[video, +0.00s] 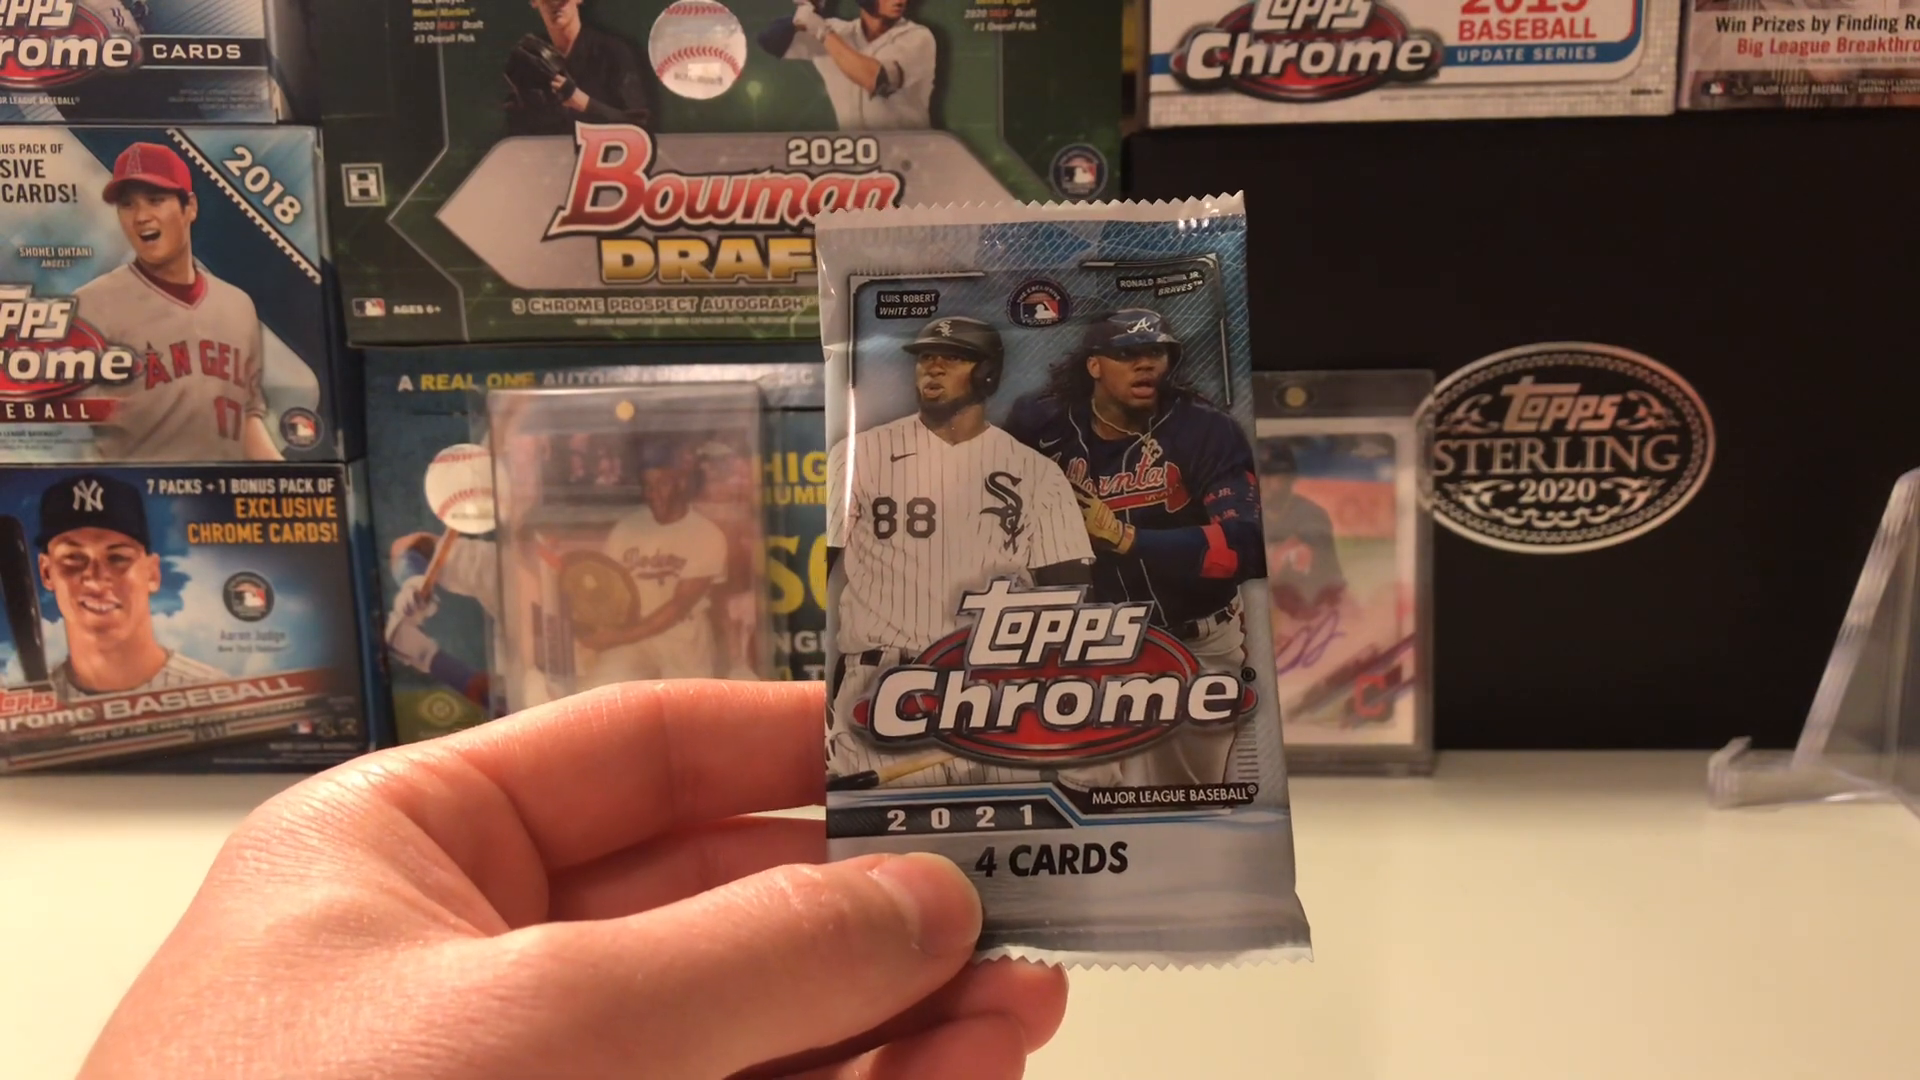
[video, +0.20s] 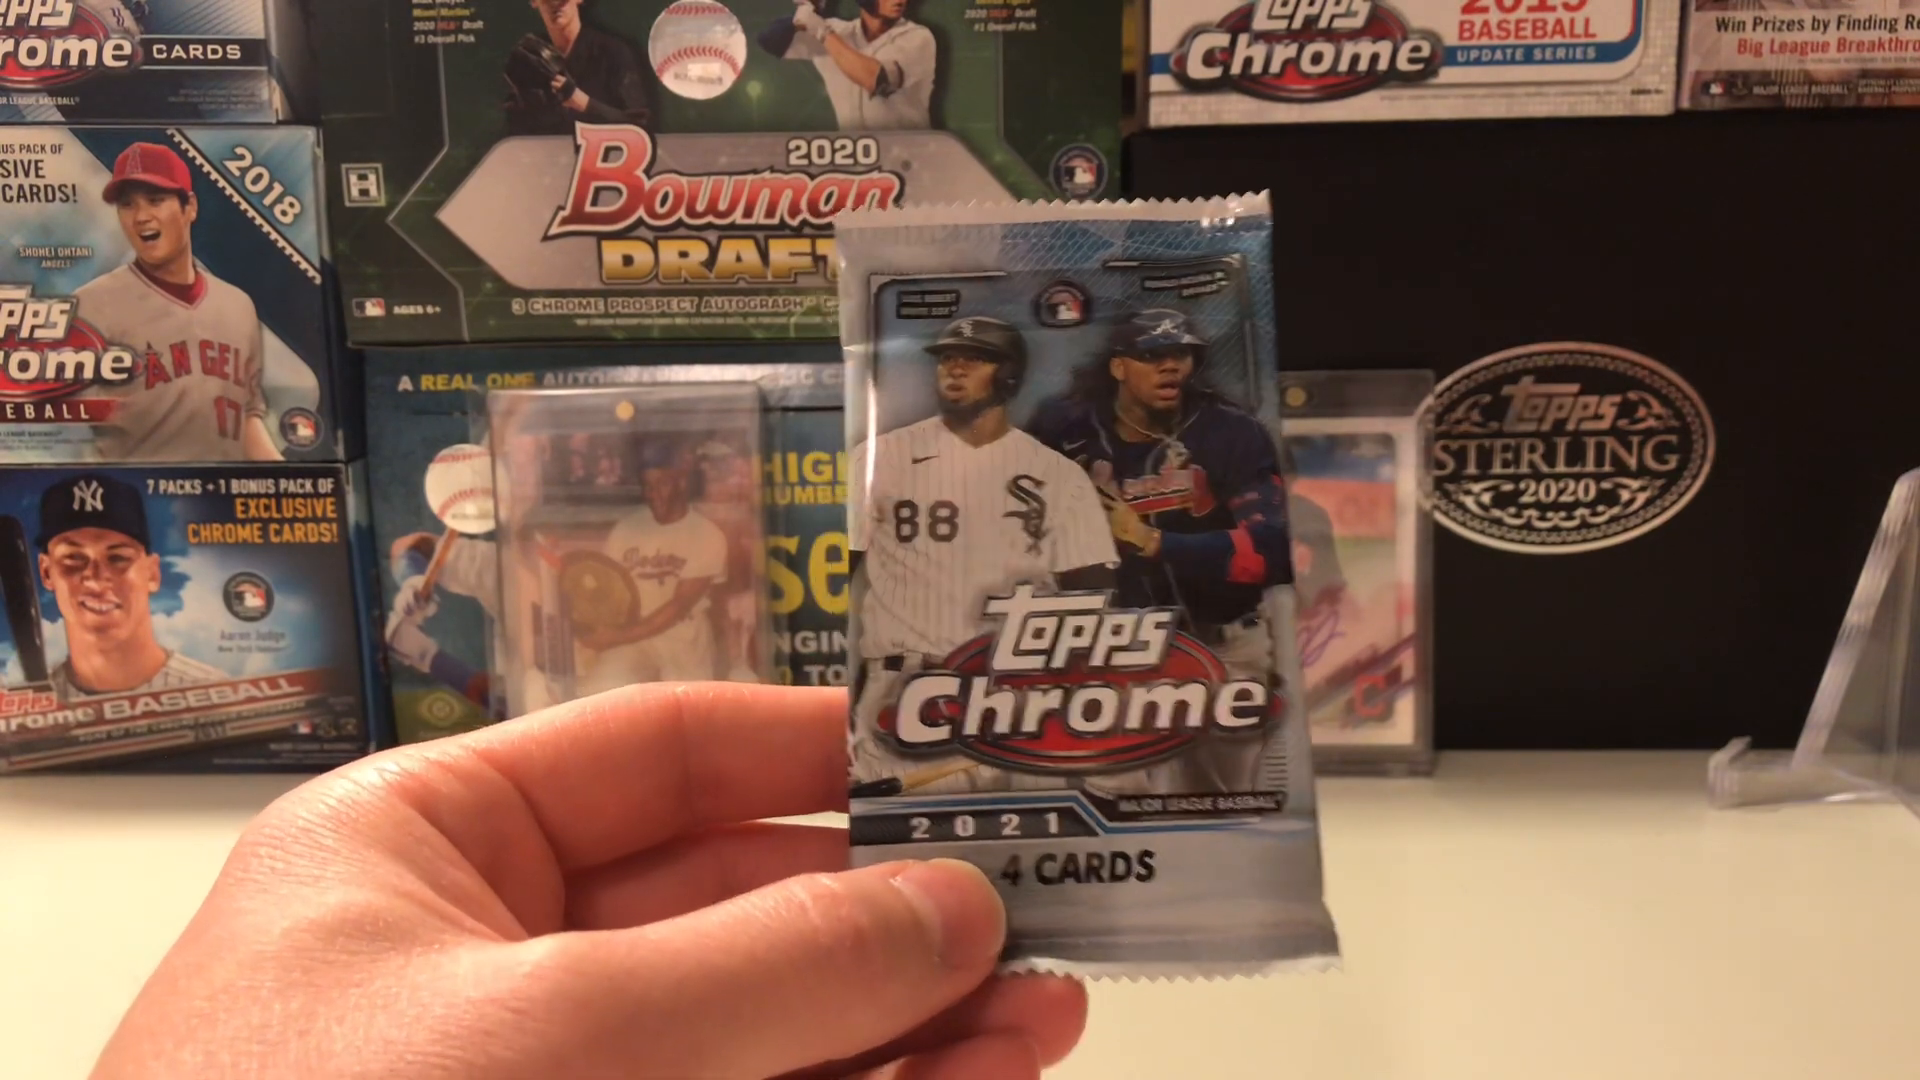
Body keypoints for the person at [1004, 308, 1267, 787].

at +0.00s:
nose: (1148, 365)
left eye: (1157, 353)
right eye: (1130, 354)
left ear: (1170, 361)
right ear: (1094, 366)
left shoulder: (1208, 432)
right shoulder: (1042, 426)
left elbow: (1242, 548)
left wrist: (1126, 538)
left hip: (1197, 639)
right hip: (1086, 642)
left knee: (1192, 809)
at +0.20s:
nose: (1172, 367)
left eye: (1181, 354)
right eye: (1154, 356)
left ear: (1194, 362)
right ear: (1118, 367)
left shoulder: (1233, 435)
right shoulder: (1066, 431)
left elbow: (1269, 552)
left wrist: (1155, 543)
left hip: (1225, 641)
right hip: (1111, 643)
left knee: (1232, 807)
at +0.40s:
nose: (1178, 369)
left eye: (1187, 356)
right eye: (1160, 358)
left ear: (1199, 364)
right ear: (1124, 370)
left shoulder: (1240, 437)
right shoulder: (1074, 433)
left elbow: (1277, 552)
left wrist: (1162, 543)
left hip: (1237, 641)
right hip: (1126, 644)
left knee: (1234, 806)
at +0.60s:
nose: (1192, 370)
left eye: (1200, 357)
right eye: (1174, 358)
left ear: (1213, 366)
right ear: (1138, 371)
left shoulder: (1254, 440)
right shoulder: (1086, 434)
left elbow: (1288, 555)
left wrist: (1174, 546)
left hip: (1248, 645)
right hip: (1134, 648)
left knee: (1242, 813)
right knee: (1135, 808)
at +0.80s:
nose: (1199, 369)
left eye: (1208, 356)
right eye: (1181, 357)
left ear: (1221, 364)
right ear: (1145, 370)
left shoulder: (1261, 439)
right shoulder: (1094, 435)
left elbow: (1298, 552)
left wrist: (1182, 545)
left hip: (1258, 645)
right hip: (1145, 652)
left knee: (1264, 812)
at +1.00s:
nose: (1213, 361)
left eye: (1221, 347)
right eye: (1194, 349)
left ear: (1234, 355)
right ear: (1155, 362)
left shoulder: (1274, 433)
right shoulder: (1097, 424)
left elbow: (1312, 557)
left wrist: (1191, 543)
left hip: (1264, 646)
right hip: (1143, 649)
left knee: (1265, 815)